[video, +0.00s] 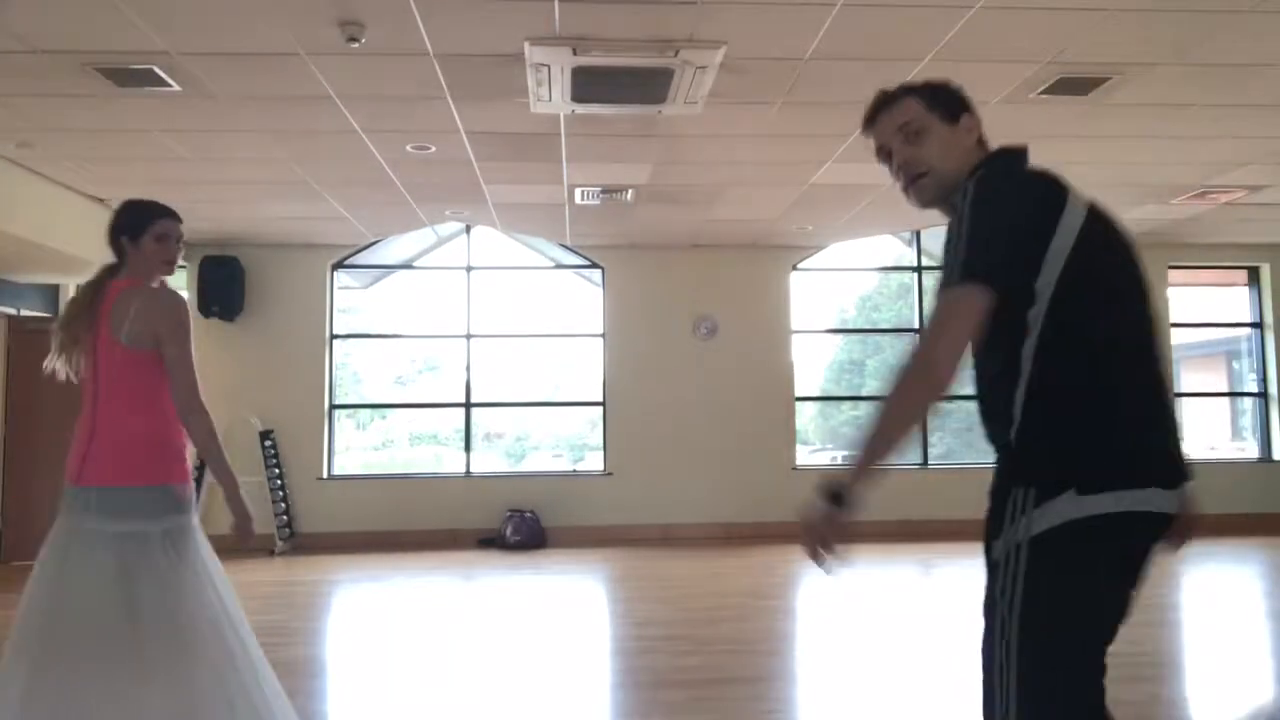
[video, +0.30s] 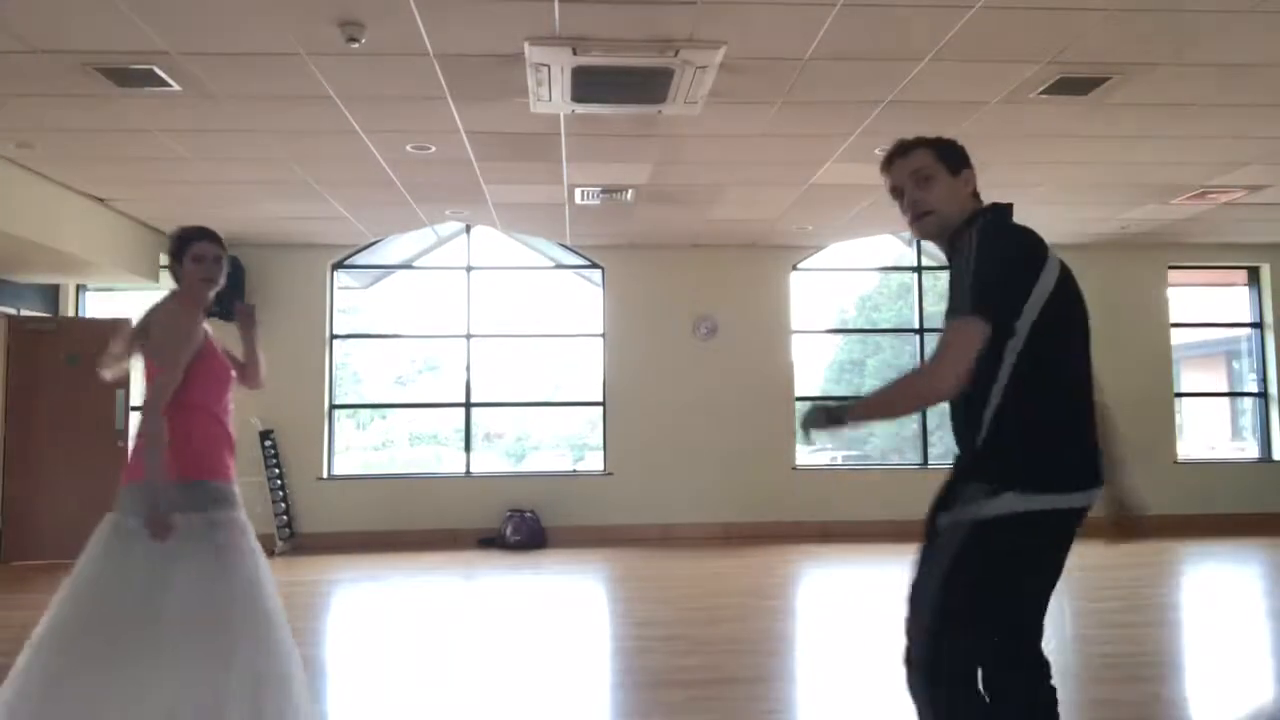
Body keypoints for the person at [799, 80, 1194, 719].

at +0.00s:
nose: (900, 160)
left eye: (912, 134)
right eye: (886, 156)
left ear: (968, 126)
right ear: (890, 173)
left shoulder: (997, 196)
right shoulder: (1060, 202)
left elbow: (939, 357)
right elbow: (1126, 355)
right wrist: (1170, 480)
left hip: (1068, 493)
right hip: (1124, 487)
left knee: (1027, 697)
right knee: (1066, 691)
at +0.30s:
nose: (910, 200)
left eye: (923, 182)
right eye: (899, 194)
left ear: (967, 181)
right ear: (899, 211)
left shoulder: (988, 245)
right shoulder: (1029, 251)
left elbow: (947, 375)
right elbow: (1078, 387)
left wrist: (847, 412)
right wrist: (1114, 484)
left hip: (1009, 487)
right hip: (1055, 484)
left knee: (938, 653)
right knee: (1013, 651)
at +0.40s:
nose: (916, 198)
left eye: (929, 180)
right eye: (905, 191)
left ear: (971, 181)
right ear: (904, 205)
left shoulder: (985, 246)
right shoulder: (1018, 247)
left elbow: (978, 374)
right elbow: (1011, 377)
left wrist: (892, 450)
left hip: (993, 483)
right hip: (1046, 484)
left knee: (904, 625)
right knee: (1024, 643)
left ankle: (945, 713)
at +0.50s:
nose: (920, 203)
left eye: (932, 187)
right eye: (910, 196)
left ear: (971, 188)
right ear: (907, 207)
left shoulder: (981, 255)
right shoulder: (1009, 257)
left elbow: (1003, 373)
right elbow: (982, 386)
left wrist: (948, 480)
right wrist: (923, 477)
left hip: (994, 487)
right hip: (1026, 489)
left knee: (904, 616)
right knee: (1030, 655)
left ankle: (936, 716)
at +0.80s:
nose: (906, 242)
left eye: (917, 229)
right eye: (899, 233)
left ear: (949, 230)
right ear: (898, 240)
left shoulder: (962, 291)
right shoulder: (947, 294)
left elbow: (982, 399)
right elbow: (933, 406)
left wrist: (959, 502)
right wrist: (867, 453)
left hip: (950, 491)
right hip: (975, 487)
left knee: (929, 621)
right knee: (973, 603)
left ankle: (967, 717)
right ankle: (1025, 711)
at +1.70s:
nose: (873, 264)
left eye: (883, 254)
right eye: (869, 256)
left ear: (910, 259)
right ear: (868, 264)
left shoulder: (926, 311)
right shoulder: (892, 316)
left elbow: (960, 391)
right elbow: (908, 389)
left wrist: (895, 429)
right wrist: (880, 435)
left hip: (922, 461)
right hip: (893, 460)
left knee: (919, 569)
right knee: (882, 563)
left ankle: (909, 694)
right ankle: (963, 662)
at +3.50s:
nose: (907, 249)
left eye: (919, 238)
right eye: (902, 239)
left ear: (947, 243)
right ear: (897, 246)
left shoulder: (983, 304)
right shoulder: (900, 317)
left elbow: (1006, 396)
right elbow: (900, 400)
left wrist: (975, 472)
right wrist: (871, 471)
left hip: (975, 472)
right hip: (916, 471)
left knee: (974, 596)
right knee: (912, 596)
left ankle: (989, 702)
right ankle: (923, 710)